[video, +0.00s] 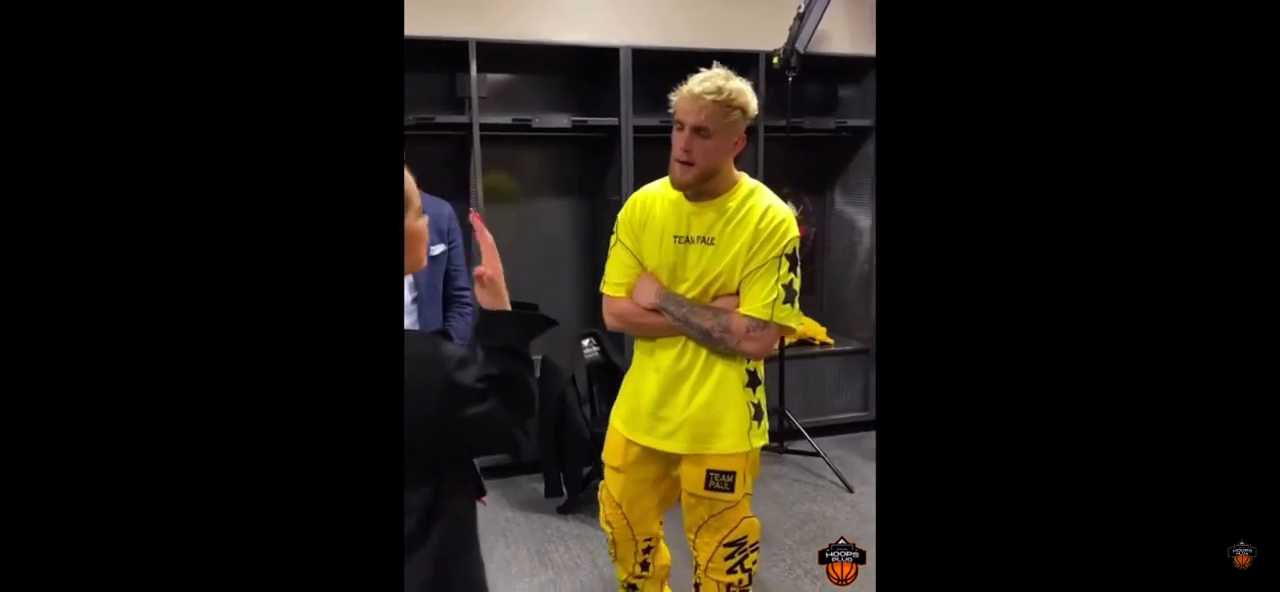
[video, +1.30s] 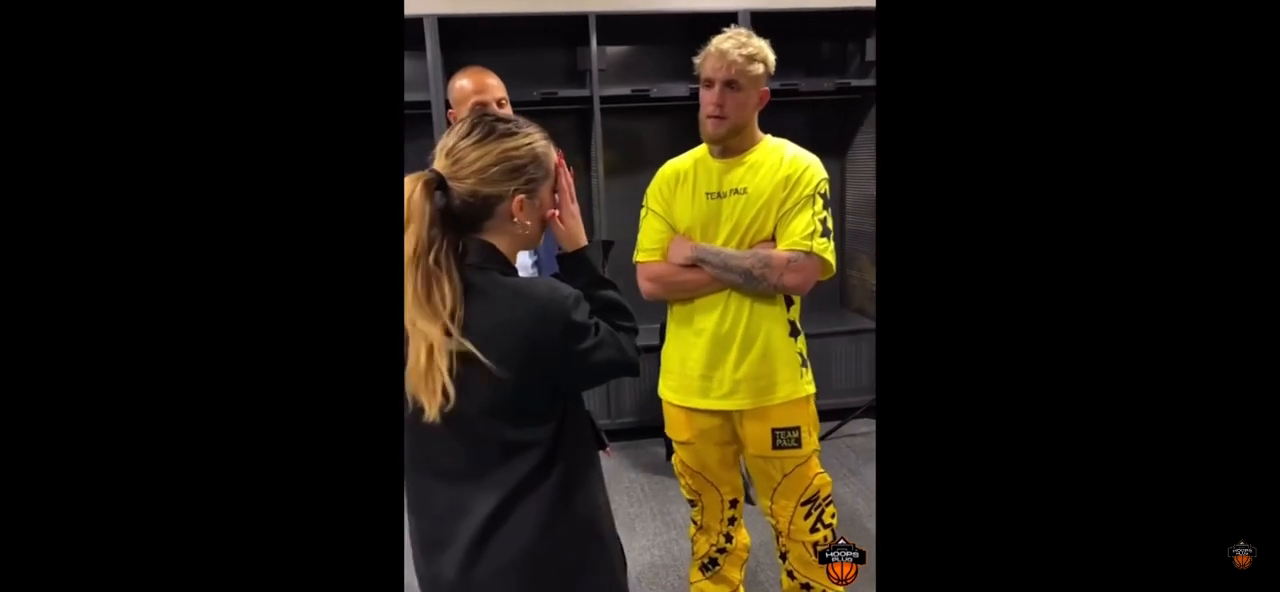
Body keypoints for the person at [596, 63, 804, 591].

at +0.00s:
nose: (682, 144)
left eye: (700, 133)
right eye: (678, 128)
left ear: (738, 143)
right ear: (670, 128)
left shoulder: (770, 220)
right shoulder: (642, 206)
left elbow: (759, 340)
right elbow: (616, 314)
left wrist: (661, 297)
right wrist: (714, 315)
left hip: (722, 418)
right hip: (642, 407)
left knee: (719, 550)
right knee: (623, 524)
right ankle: (644, 586)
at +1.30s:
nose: (713, 102)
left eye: (730, 87)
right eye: (706, 86)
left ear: (762, 96)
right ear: (696, 90)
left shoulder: (798, 169)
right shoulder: (670, 178)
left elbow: (799, 275)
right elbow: (651, 281)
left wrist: (693, 251)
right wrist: (753, 265)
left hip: (773, 381)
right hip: (689, 383)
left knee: (803, 529)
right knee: (710, 534)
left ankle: (813, 586)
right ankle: (714, 587)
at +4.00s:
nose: (704, 82)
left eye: (719, 67)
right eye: (699, 68)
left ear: (757, 74)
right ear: (695, 74)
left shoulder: (808, 146)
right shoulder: (679, 160)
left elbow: (814, 250)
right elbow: (662, 265)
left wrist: (705, 234)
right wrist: (764, 246)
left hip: (790, 365)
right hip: (703, 369)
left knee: (824, 519)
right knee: (723, 522)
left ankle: (837, 584)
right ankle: (726, 585)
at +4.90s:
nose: (708, 73)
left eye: (725, 59)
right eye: (701, 60)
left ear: (759, 69)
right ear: (694, 69)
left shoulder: (805, 142)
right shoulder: (677, 160)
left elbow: (809, 246)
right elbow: (662, 265)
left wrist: (700, 232)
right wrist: (762, 243)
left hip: (786, 363)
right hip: (700, 367)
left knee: (819, 514)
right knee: (720, 516)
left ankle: (836, 583)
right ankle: (722, 585)